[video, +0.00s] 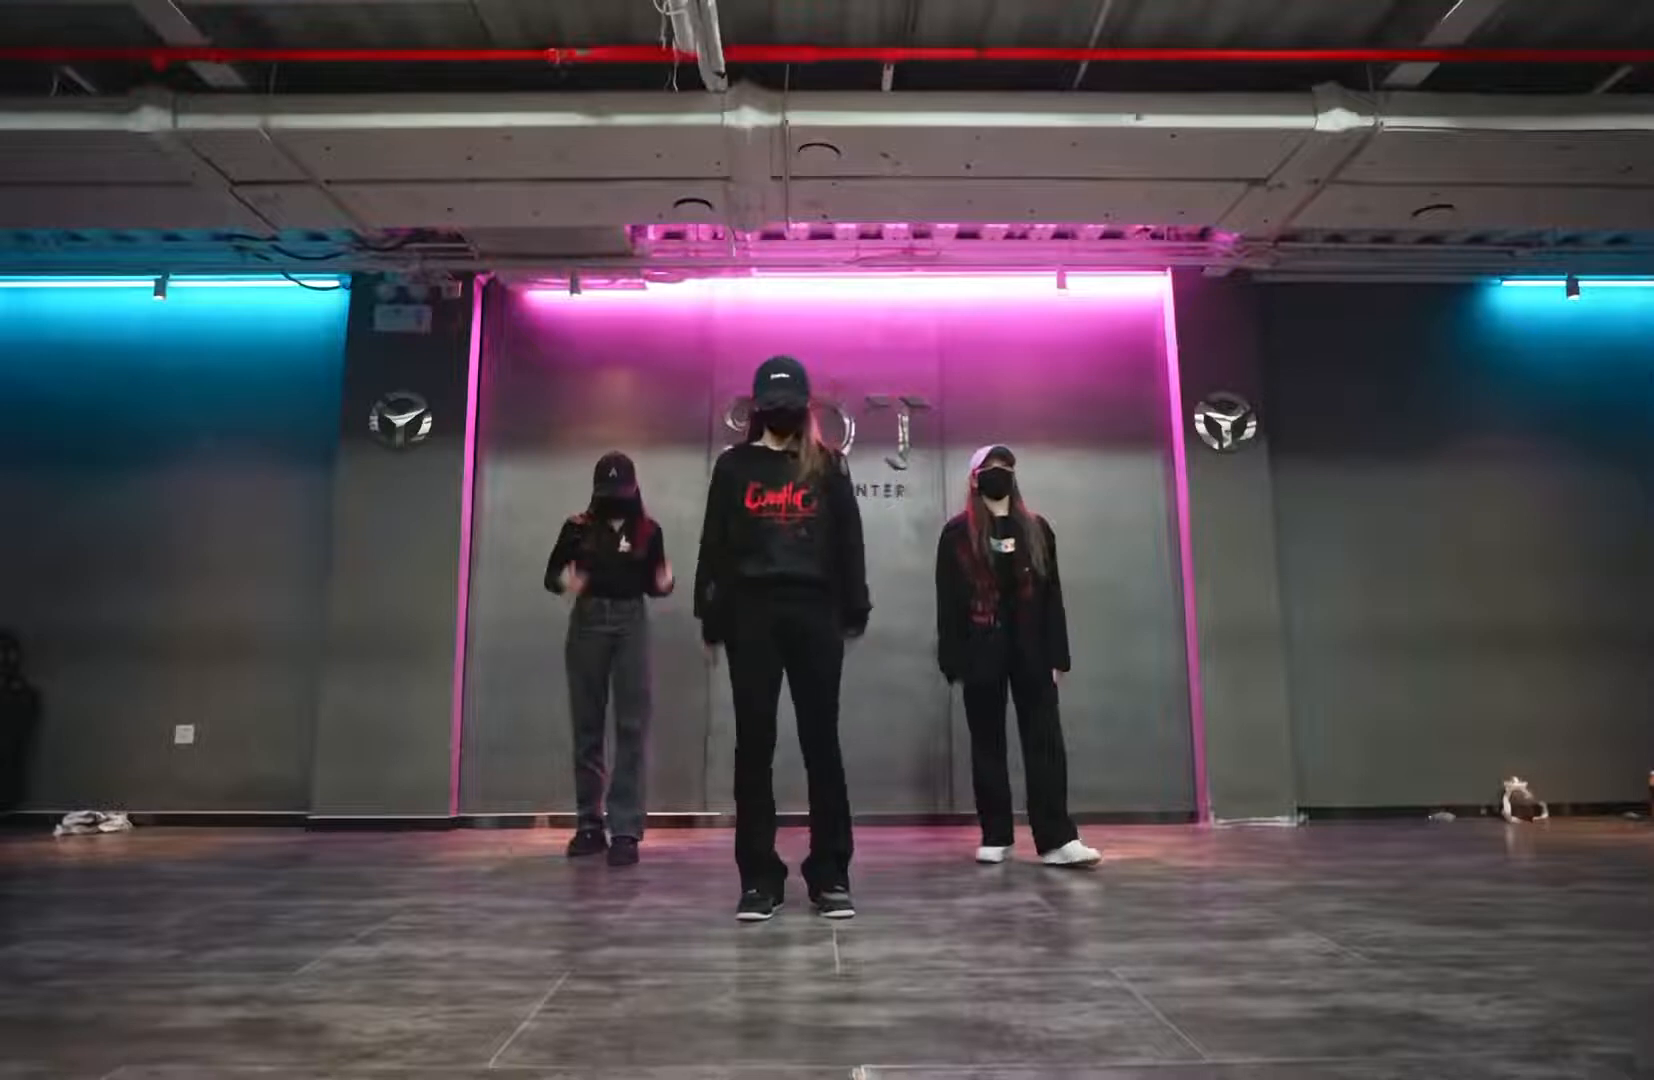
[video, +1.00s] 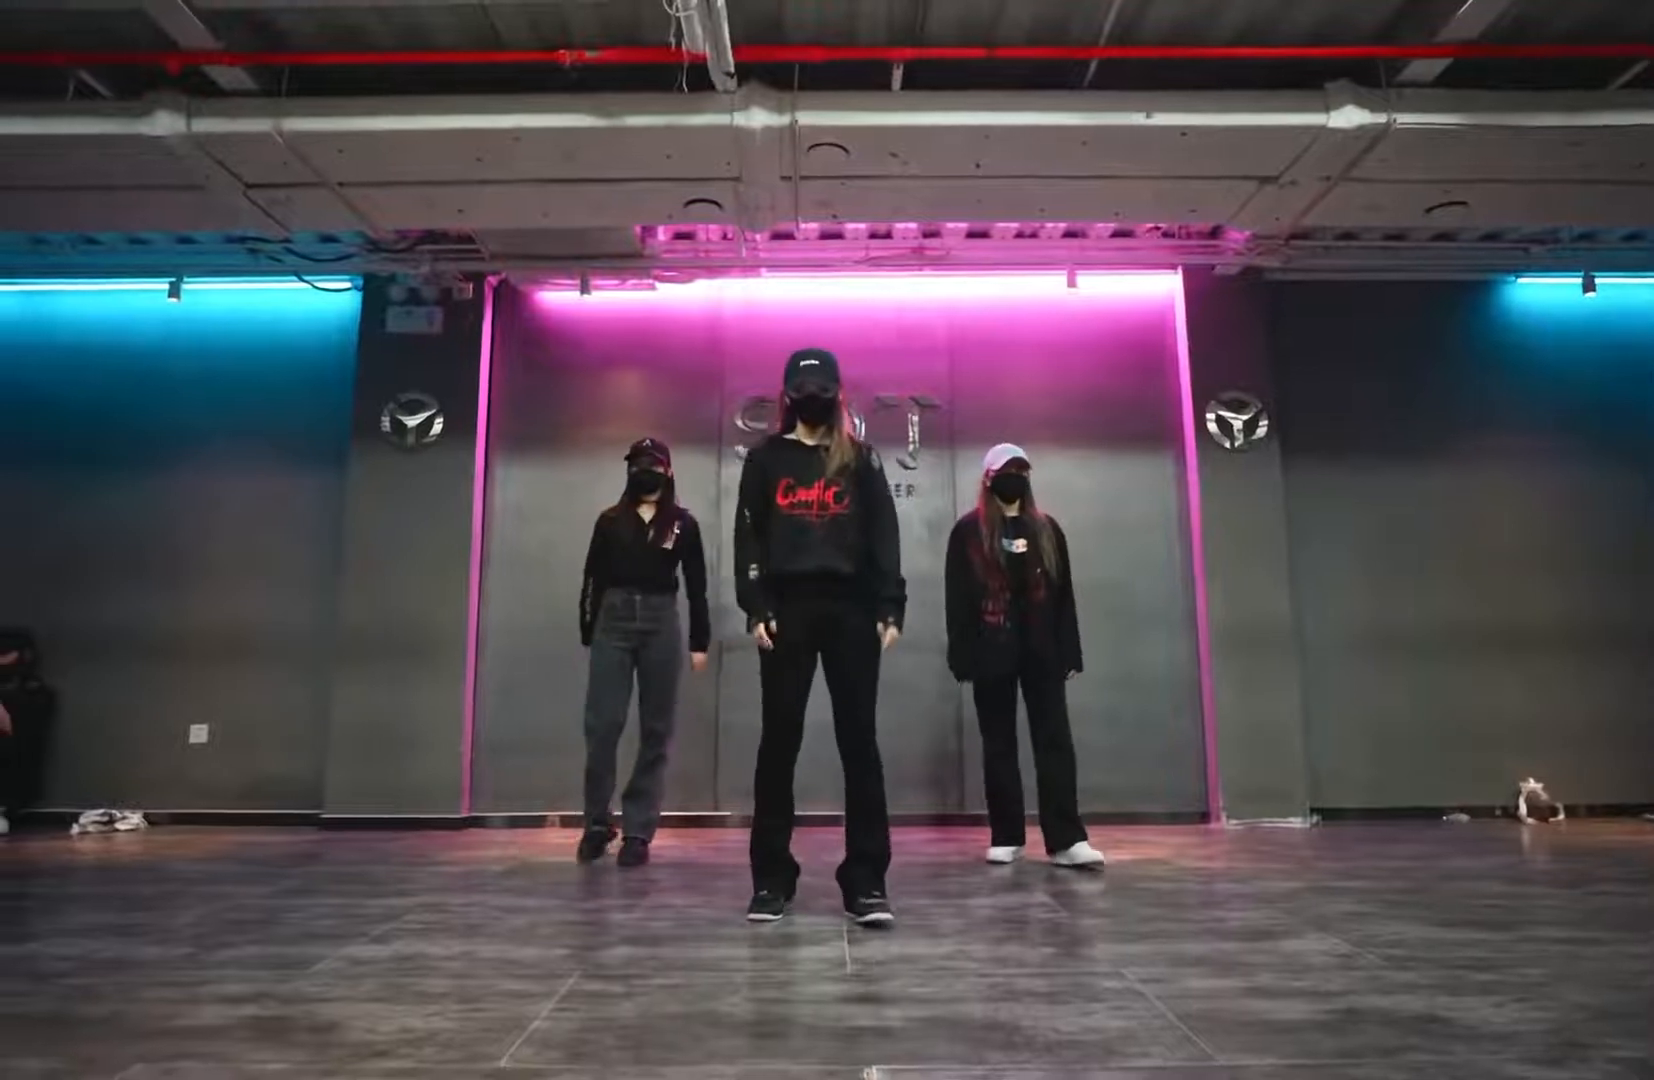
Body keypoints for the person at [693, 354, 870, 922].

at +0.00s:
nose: (781, 412)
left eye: (789, 402)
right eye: (772, 402)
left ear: (803, 401)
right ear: (759, 402)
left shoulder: (827, 465)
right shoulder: (732, 465)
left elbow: (849, 543)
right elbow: (712, 545)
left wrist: (853, 610)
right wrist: (709, 615)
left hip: (815, 618)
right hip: (749, 618)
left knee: (821, 746)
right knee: (754, 748)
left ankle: (830, 876)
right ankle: (760, 881)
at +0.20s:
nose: (771, 411)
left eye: (780, 402)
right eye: (762, 402)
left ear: (794, 401)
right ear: (747, 401)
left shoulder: (817, 464)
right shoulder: (722, 464)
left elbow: (835, 541)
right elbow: (711, 541)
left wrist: (835, 608)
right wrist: (720, 605)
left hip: (811, 615)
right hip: (745, 616)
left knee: (826, 742)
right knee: (752, 746)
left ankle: (829, 872)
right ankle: (761, 879)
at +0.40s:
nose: (768, 411)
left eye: (778, 402)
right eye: (760, 402)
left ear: (793, 400)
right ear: (744, 400)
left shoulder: (816, 466)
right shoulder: (719, 463)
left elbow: (838, 546)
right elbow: (696, 542)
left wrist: (849, 620)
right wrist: (693, 616)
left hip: (809, 615)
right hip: (743, 617)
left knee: (833, 742)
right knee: (753, 749)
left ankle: (855, 881)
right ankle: (761, 882)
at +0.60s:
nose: (776, 409)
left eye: (785, 399)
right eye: (767, 400)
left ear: (800, 397)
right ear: (751, 398)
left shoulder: (822, 461)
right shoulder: (726, 461)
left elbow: (850, 534)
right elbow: (694, 537)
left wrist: (860, 604)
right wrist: (704, 604)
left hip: (819, 613)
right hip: (751, 615)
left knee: (841, 742)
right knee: (760, 745)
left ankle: (861, 882)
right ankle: (765, 881)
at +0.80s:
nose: (793, 407)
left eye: (802, 397)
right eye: (784, 398)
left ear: (816, 395)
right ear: (769, 396)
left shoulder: (839, 457)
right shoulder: (744, 456)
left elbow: (863, 527)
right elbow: (730, 536)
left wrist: (871, 589)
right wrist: (735, 603)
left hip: (833, 612)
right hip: (769, 613)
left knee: (847, 743)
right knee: (769, 747)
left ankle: (863, 880)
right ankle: (769, 882)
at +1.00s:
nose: (814, 404)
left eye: (822, 394)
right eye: (805, 395)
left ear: (836, 393)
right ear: (790, 395)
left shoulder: (860, 459)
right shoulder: (765, 457)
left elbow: (884, 535)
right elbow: (746, 539)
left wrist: (889, 605)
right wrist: (757, 607)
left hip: (852, 614)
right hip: (786, 614)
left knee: (859, 746)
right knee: (778, 747)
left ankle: (866, 883)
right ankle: (771, 880)